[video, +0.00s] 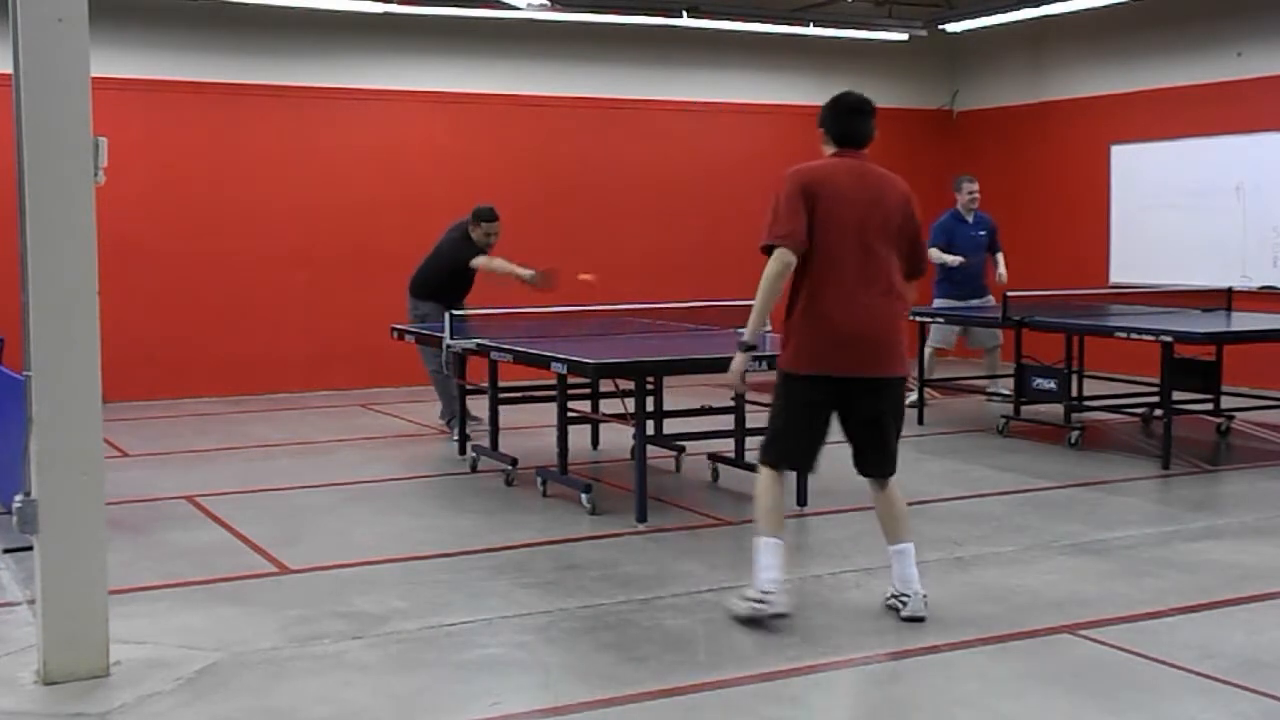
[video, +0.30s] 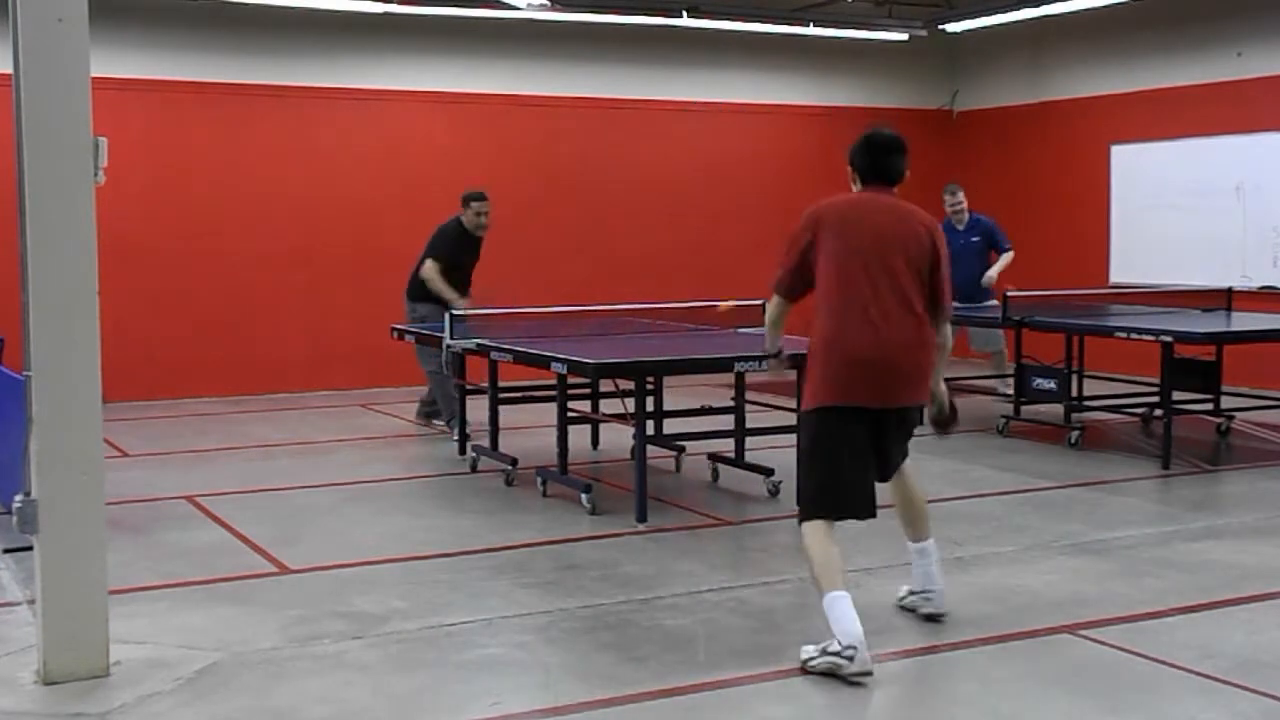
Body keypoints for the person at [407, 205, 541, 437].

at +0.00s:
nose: (493, 240)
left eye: (496, 234)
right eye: (488, 234)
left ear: (498, 229)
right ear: (473, 228)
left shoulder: (473, 232)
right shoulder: (459, 245)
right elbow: (489, 264)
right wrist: (521, 272)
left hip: (452, 302)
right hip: (427, 303)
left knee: (459, 354)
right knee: (438, 361)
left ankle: (457, 406)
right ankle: (453, 416)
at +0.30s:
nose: (484, 220)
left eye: (486, 214)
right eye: (478, 214)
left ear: (488, 213)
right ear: (464, 213)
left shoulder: (476, 234)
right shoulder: (449, 233)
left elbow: (460, 267)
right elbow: (428, 271)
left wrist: (463, 295)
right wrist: (456, 299)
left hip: (450, 304)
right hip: (425, 304)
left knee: (454, 358)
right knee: (437, 361)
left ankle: (430, 407)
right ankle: (454, 418)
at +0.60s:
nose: (464, 199)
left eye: (467, 194)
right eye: (458, 194)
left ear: (471, 194)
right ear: (445, 194)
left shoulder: (471, 218)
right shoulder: (426, 220)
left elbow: (477, 249)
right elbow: (398, 250)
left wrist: (495, 278)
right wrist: (417, 284)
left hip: (445, 298)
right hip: (419, 297)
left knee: (451, 351)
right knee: (427, 350)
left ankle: (435, 410)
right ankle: (418, 413)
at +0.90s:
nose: (454, 199)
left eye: (457, 194)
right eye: (448, 194)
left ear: (462, 195)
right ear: (436, 195)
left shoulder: (467, 218)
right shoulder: (419, 221)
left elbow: (478, 250)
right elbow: (400, 257)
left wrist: (490, 277)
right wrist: (425, 286)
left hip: (451, 296)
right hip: (415, 296)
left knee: (466, 346)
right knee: (405, 350)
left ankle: (461, 398)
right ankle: (400, 410)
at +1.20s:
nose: (466, 226)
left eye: (470, 220)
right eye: (460, 221)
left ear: (475, 220)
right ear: (450, 220)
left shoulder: (483, 241)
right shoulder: (434, 236)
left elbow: (494, 271)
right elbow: (397, 257)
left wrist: (501, 293)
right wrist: (421, 287)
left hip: (463, 304)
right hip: (429, 303)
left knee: (482, 349)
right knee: (423, 349)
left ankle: (488, 405)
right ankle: (405, 412)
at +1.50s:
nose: (462, 250)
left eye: (466, 244)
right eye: (457, 243)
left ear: (471, 240)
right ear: (445, 236)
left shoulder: (467, 251)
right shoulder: (429, 241)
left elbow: (473, 280)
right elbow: (417, 257)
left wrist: (487, 302)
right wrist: (457, 273)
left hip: (437, 302)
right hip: (405, 299)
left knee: (457, 349)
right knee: (405, 347)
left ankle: (479, 402)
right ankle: (403, 412)